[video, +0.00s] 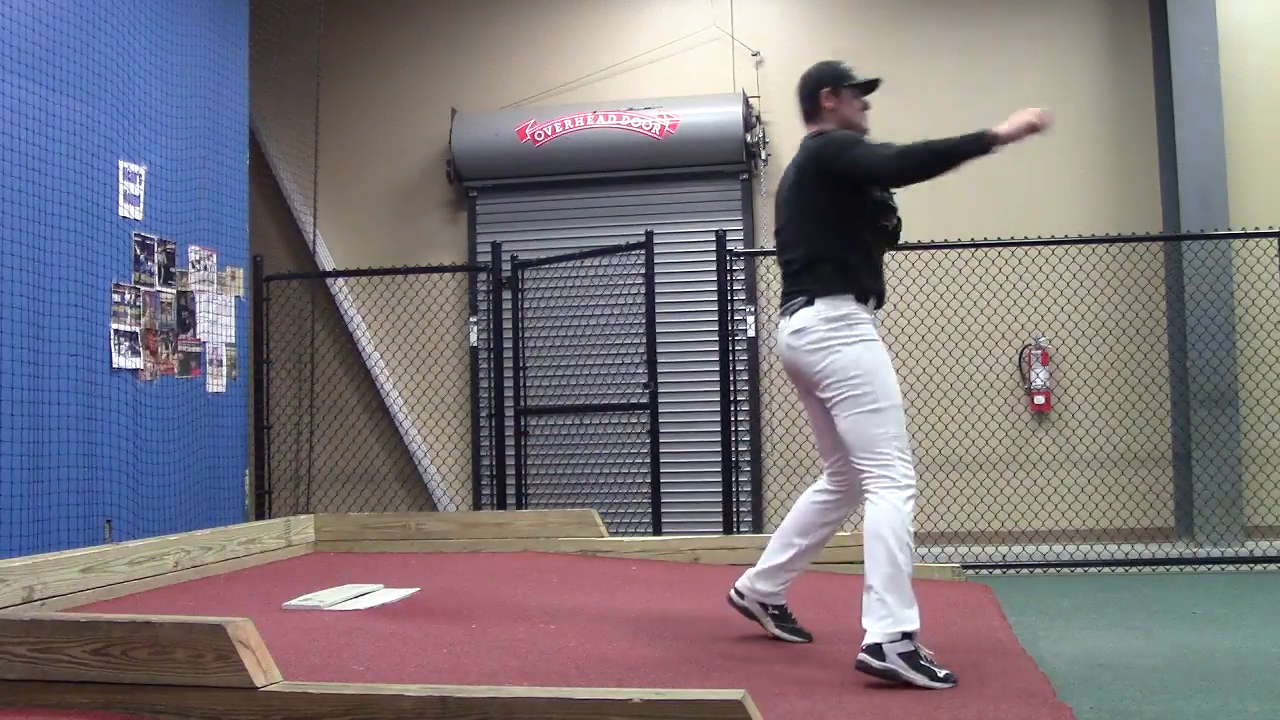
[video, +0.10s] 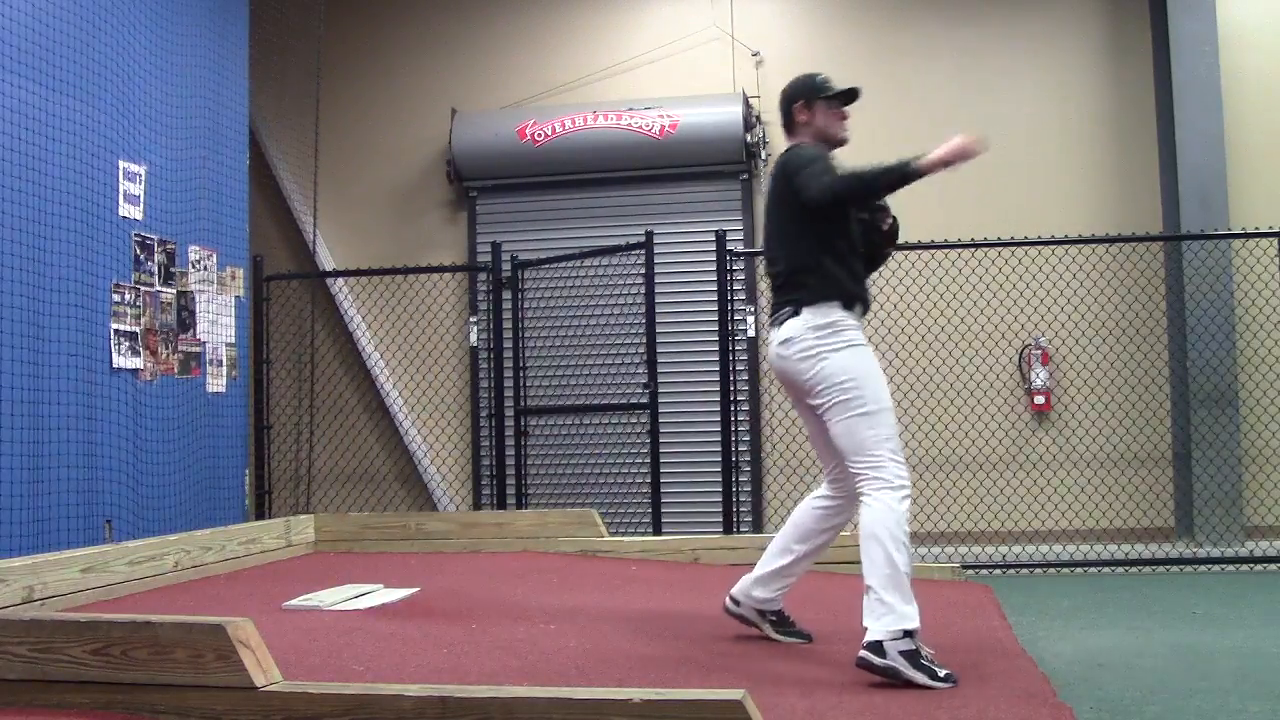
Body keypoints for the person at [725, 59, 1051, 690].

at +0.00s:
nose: (867, 102)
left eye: (865, 94)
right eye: (857, 94)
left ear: (824, 102)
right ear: (826, 100)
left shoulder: (804, 167)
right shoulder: (831, 148)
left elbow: (876, 237)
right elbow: (900, 161)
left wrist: (874, 214)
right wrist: (993, 136)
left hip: (803, 328)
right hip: (837, 325)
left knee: (843, 479)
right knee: (891, 480)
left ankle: (761, 587)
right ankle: (888, 639)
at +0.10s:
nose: (844, 116)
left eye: (844, 108)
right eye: (834, 107)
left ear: (806, 116)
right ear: (801, 113)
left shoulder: (799, 172)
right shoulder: (804, 157)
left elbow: (833, 266)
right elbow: (829, 190)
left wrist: (876, 241)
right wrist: (925, 163)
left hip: (791, 338)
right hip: (824, 332)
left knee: (844, 484)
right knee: (884, 481)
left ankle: (756, 594)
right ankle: (891, 637)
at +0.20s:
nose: (820, 121)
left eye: (823, 112)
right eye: (807, 112)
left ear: (819, 121)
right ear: (778, 122)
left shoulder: (798, 186)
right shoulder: (777, 167)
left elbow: (821, 288)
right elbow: (769, 229)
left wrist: (871, 255)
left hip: (784, 335)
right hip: (797, 328)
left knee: (824, 483)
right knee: (855, 468)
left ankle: (749, 603)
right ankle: (887, 624)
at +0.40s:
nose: (772, 108)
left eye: (780, 99)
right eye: (761, 100)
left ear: (789, 107)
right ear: (742, 108)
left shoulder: (805, 185)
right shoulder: (725, 159)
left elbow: (805, 268)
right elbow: (677, 234)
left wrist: (835, 250)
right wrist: (719, 262)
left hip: (786, 318)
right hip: (741, 309)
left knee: (790, 453)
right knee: (791, 444)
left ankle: (750, 602)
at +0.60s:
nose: (725, 111)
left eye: (733, 102)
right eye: (715, 105)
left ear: (750, 108)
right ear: (702, 114)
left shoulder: (777, 181)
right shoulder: (681, 165)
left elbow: (801, 263)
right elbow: (639, 241)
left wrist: (768, 249)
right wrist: (692, 249)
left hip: (758, 327)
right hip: (694, 321)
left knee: (755, 465)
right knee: (680, 455)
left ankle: (744, 606)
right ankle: (636, 559)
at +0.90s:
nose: (635, 123)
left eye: (645, 114)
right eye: (627, 115)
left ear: (667, 122)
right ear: (618, 126)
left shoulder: (694, 189)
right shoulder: (597, 192)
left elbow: (716, 269)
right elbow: (568, 271)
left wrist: (666, 241)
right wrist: (592, 246)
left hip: (670, 339)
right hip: (603, 335)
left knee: (698, 460)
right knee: (605, 464)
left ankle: (733, 600)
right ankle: (617, 581)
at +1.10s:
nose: (585, 119)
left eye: (596, 110)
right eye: (577, 112)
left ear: (618, 118)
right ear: (567, 123)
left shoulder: (642, 178)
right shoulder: (557, 183)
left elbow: (661, 247)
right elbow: (537, 263)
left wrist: (615, 198)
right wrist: (533, 262)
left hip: (626, 329)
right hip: (566, 331)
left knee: (629, 446)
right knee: (590, 459)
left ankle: (660, 589)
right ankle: (616, 577)